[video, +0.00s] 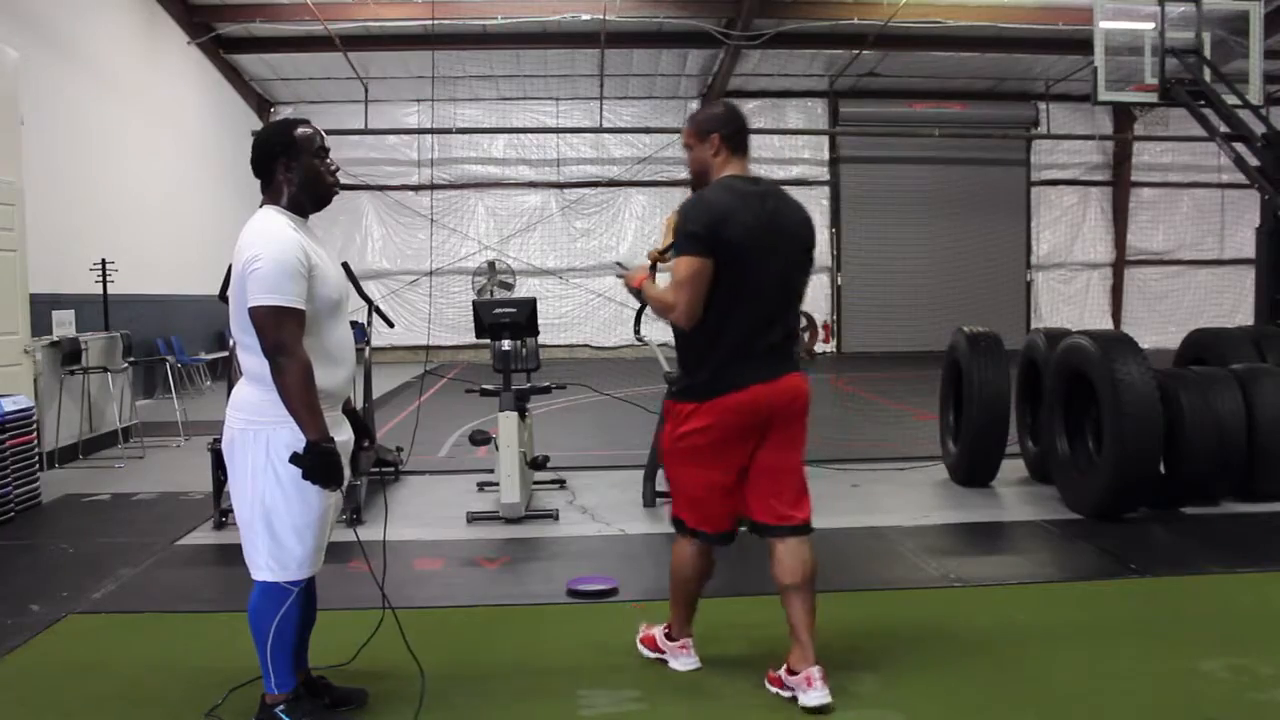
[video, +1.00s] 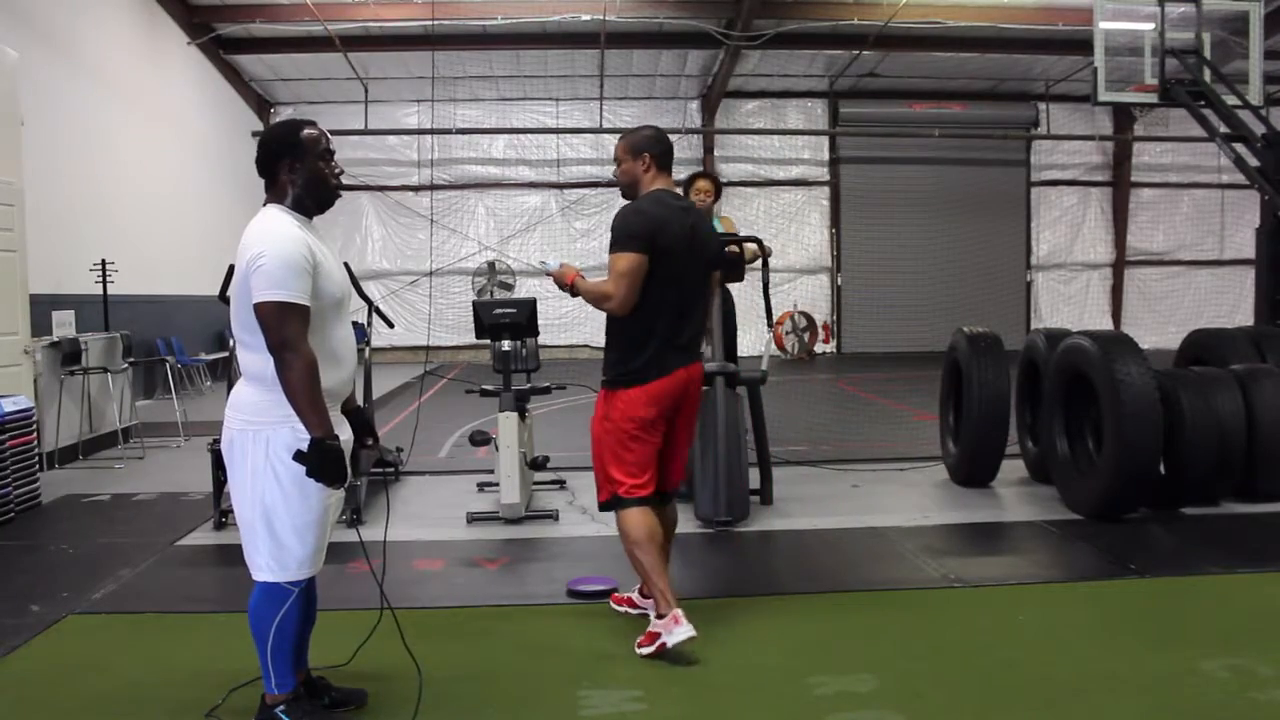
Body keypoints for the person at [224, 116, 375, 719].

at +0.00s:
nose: (334, 165)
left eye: (330, 154)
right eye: (321, 155)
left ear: (292, 171)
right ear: (286, 169)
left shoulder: (295, 238)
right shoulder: (272, 241)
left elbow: (311, 344)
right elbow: (282, 351)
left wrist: (349, 410)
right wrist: (317, 440)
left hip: (299, 427)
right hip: (275, 431)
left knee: (298, 566)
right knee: (282, 571)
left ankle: (296, 680)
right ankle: (280, 698)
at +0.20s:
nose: (335, 165)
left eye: (331, 154)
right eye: (322, 155)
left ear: (292, 171)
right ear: (287, 169)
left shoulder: (295, 238)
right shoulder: (273, 242)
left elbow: (309, 344)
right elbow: (282, 352)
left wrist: (349, 408)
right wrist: (315, 441)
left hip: (298, 426)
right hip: (275, 430)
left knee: (299, 566)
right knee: (282, 571)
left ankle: (296, 681)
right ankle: (281, 698)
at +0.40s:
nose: (336, 166)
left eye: (332, 155)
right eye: (323, 156)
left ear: (294, 171)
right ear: (288, 169)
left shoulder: (297, 238)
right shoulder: (274, 242)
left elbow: (311, 346)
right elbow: (283, 355)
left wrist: (350, 410)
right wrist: (317, 443)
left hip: (300, 427)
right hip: (276, 431)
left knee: (300, 566)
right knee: (283, 571)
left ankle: (297, 680)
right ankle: (281, 697)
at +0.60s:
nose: (337, 167)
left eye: (334, 156)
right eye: (324, 157)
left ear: (295, 171)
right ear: (289, 169)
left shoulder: (298, 238)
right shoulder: (275, 241)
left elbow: (312, 346)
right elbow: (284, 353)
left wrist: (350, 410)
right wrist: (318, 441)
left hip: (300, 428)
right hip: (277, 432)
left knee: (300, 566)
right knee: (283, 571)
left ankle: (297, 680)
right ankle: (281, 698)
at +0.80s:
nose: (338, 167)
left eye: (334, 156)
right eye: (325, 157)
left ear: (295, 171)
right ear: (291, 170)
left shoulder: (297, 237)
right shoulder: (276, 240)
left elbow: (310, 343)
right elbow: (284, 348)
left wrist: (349, 408)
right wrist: (320, 438)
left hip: (298, 427)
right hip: (275, 431)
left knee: (299, 566)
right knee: (283, 571)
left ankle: (296, 681)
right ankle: (281, 697)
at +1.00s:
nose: (338, 168)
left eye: (335, 156)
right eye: (326, 158)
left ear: (295, 171)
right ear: (291, 170)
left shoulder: (298, 237)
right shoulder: (276, 239)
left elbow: (316, 343)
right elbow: (286, 349)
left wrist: (353, 410)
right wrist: (323, 437)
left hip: (299, 429)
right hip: (275, 432)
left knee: (299, 566)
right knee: (282, 571)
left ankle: (296, 680)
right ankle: (280, 697)